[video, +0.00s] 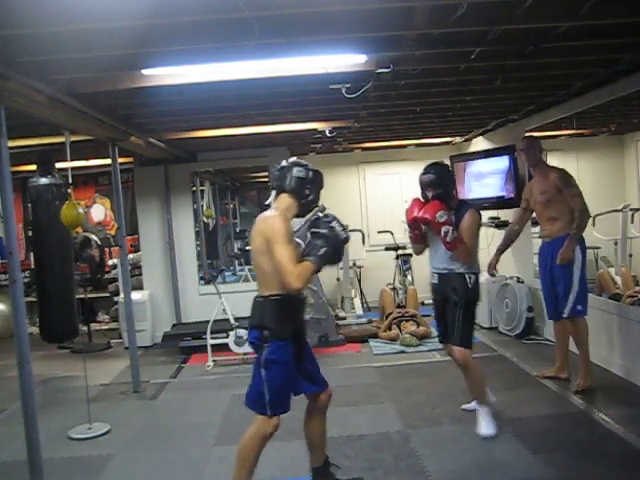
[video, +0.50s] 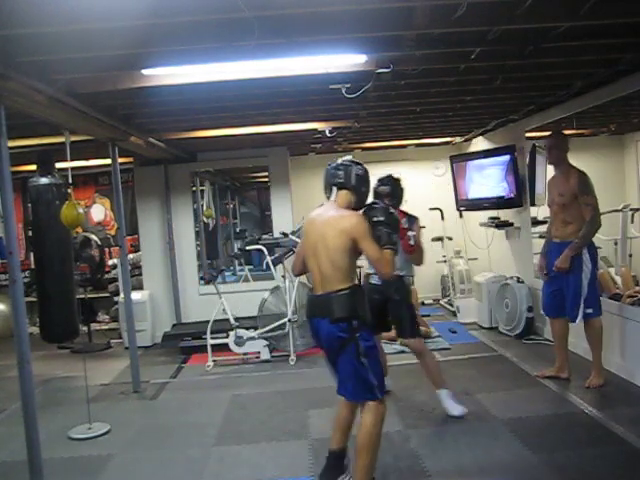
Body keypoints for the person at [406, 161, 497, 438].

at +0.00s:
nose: (427, 195)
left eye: (431, 189)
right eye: (424, 190)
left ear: (447, 187)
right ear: (424, 191)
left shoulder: (467, 213)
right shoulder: (430, 211)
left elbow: (467, 256)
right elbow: (419, 247)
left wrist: (446, 228)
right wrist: (414, 225)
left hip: (463, 280)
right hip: (440, 280)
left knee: (460, 351)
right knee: (449, 346)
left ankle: (484, 406)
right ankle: (481, 393)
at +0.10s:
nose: (421, 190)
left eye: (425, 185)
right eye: (418, 186)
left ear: (440, 182)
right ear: (416, 186)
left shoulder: (460, 207)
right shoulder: (419, 206)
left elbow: (461, 249)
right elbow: (409, 244)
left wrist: (440, 223)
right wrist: (407, 221)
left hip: (454, 276)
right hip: (428, 277)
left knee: (454, 351)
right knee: (427, 338)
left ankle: (464, 395)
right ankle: (469, 381)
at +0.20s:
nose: (413, 194)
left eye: (417, 188)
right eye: (410, 189)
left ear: (431, 187)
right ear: (408, 191)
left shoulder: (450, 213)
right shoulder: (410, 213)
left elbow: (454, 254)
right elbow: (400, 250)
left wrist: (433, 228)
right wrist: (400, 226)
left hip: (445, 282)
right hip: (420, 282)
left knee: (450, 351)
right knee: (407, 338)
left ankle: (463, 398)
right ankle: (440, 371)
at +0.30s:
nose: (403, 200)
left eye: (408, 194)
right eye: (400, 195)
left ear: (421, 193)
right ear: (398, 197)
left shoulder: (438, 218)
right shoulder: (398, 218)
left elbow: (442, 259)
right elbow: (389, 257)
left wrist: (425, 232)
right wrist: (391, 233)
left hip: (433, 286)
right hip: (407, 286)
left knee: (444, 355)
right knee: (392, 337)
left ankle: (461, 400)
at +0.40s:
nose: (395, 204)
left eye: (399, 198)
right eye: (391, 199)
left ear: (410, 198)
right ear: (386, 200)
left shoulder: (425, 221)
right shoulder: (385, 222)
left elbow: (431, 260)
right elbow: (374, 255)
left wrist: (419, 241)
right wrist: (383, 231)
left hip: (414, 285)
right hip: (389, 285)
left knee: (432, 350)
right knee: (382, 340)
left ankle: (460, 402)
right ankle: (382, 385)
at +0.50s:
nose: (383, 203)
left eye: (388, 198)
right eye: (379, 198)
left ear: (397, 198)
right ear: (375, 198)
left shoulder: (409, 221)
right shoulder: (366, 219)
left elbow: (418, 259)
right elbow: (353, 252)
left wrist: (407, 239)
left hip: (399, 286)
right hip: (372, 286)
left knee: (417, 344)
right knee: (372, 339)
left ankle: (446, 397)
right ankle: (381, 383)